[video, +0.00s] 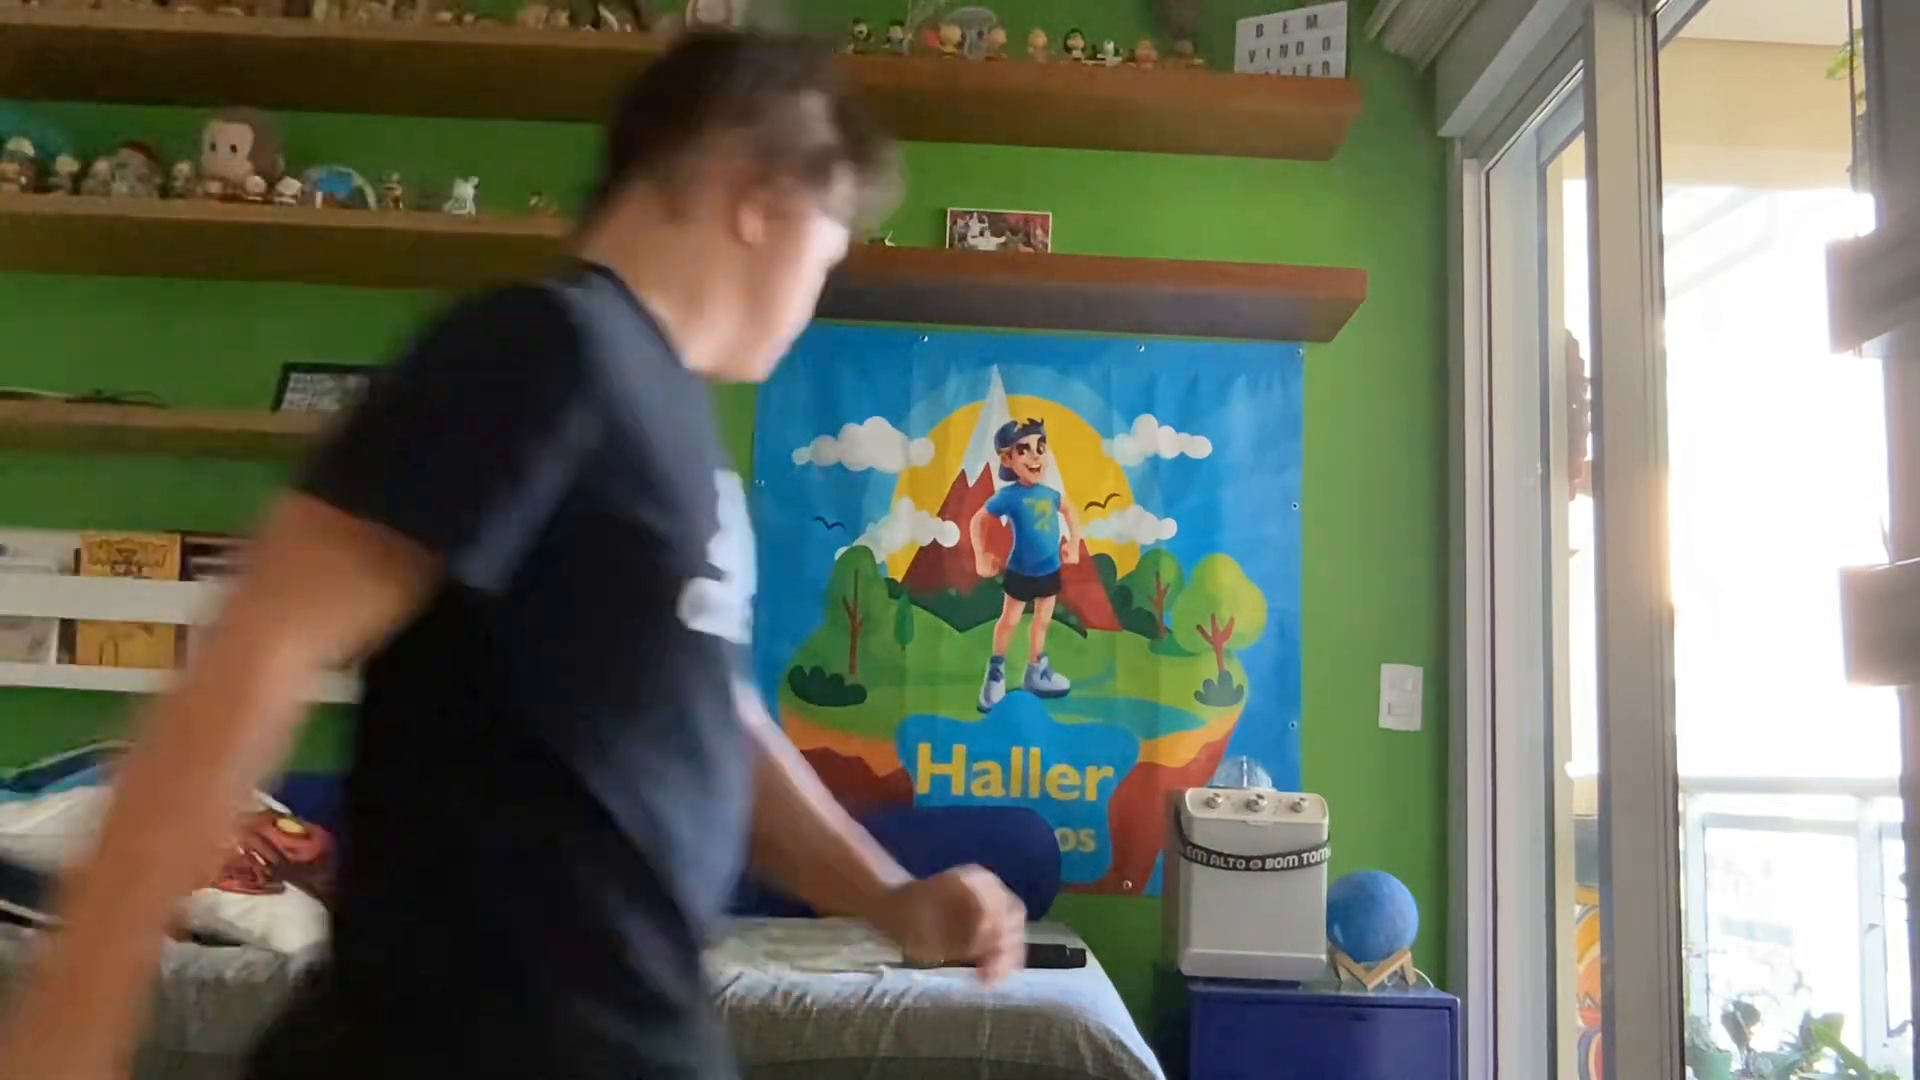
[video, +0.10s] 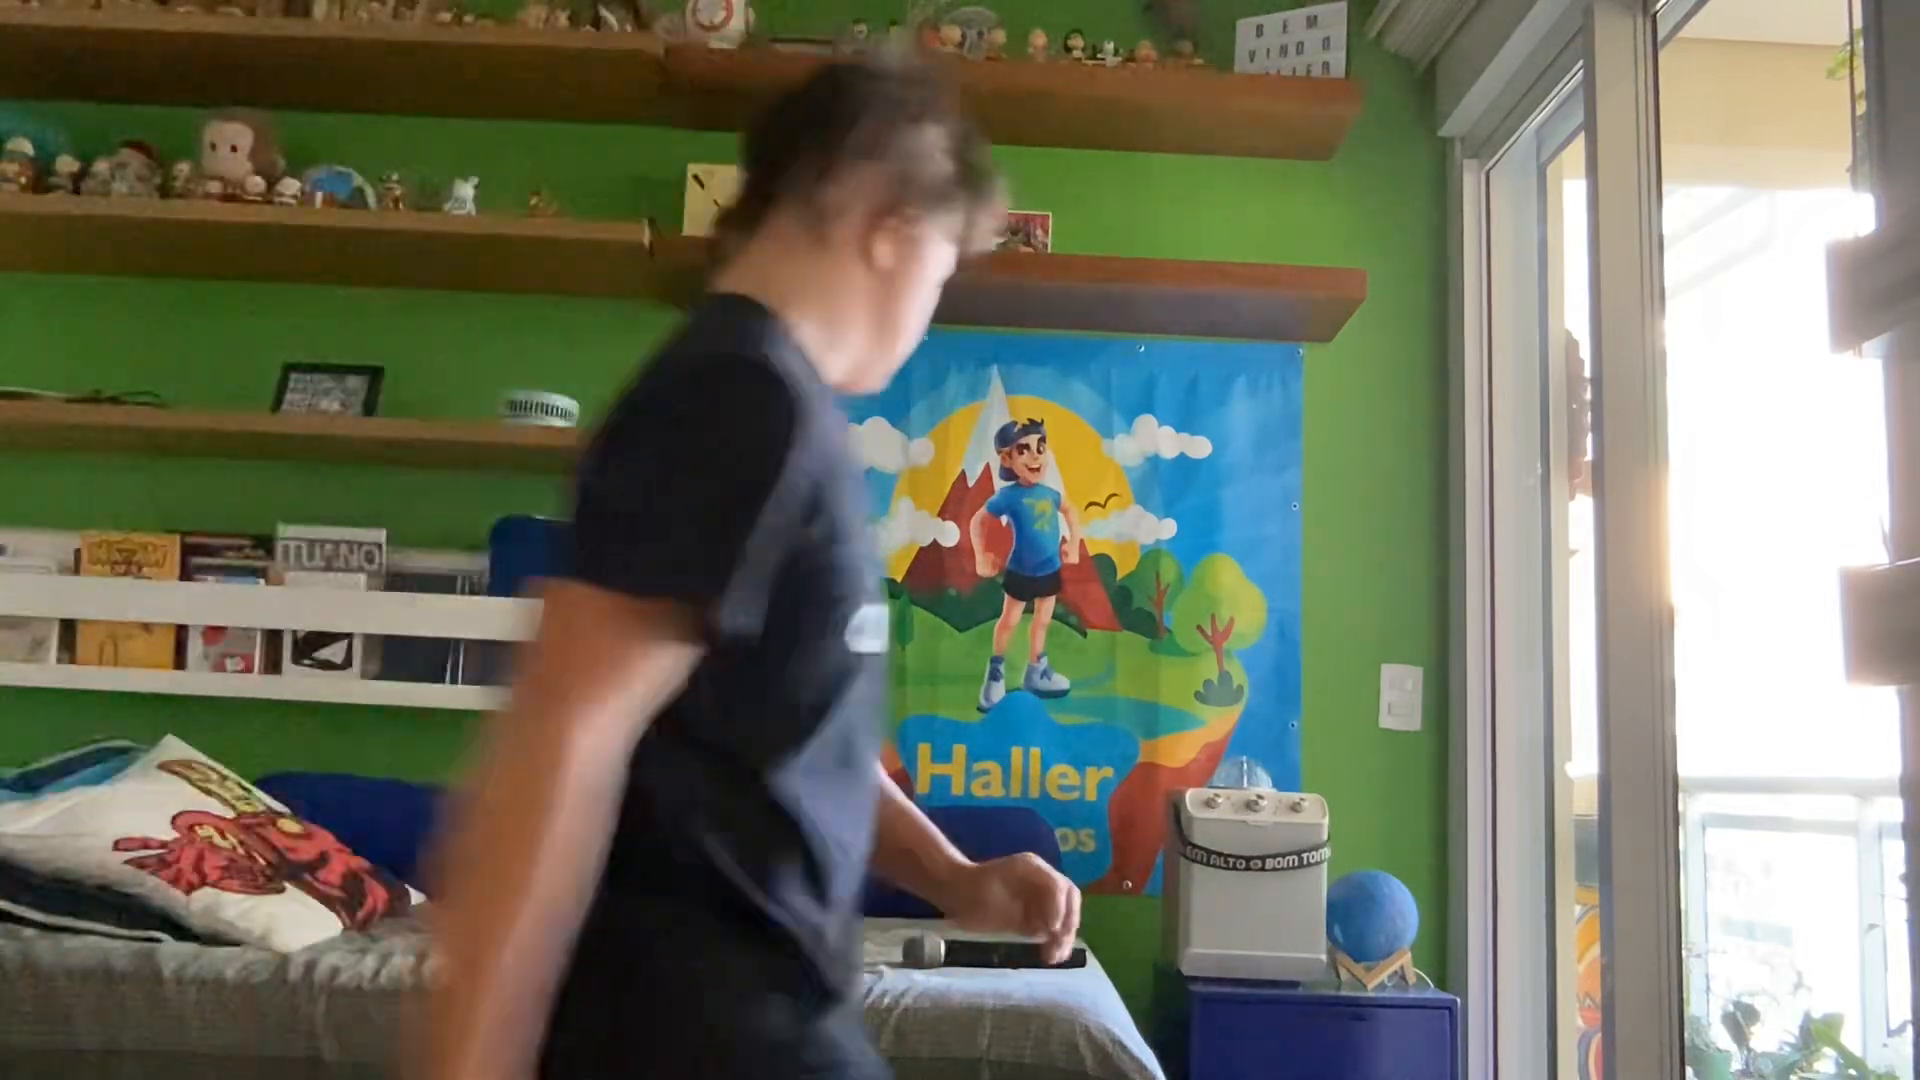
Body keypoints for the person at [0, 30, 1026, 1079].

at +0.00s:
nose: (821, 292)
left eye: (837, 256)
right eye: (832, 245)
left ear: (733, 202)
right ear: (751, 201)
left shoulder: (669, 414)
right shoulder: (551, 348)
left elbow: (706, 714)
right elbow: (255, 647)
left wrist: (888, 898)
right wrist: (74, 1014)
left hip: (616, 1025)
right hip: (485, 1029)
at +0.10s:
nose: (934, 312)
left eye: (948, 278)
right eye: (945, 270)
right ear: (887, 234)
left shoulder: (769, 398)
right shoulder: (740, 396)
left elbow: (785, 718)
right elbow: (562, 731)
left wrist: (951, 881)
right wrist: (474, 1055)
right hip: (706, 1020)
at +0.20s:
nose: (1014, 311)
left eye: (1028, 283)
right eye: (1028, 276)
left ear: (840, 237)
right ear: (987, 251)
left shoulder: (771, 391)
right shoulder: (921, 391)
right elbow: (856, 727)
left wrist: (917, 891)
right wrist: (906, 1047)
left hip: (647, 1000)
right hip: (777, 1024)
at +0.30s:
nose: (1050, 325)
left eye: (1059, 302)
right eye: (1058, 296)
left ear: (884, 266)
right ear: (1026, 273)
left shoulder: (773, 442)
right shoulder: (1022, 407)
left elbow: (729, 710)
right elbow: (1023, 709)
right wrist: (1128, 953)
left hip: (704, 970)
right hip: (889, 984)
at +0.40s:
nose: (1085, 367)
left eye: (1092, 346)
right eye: (1091, 344)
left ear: (934, 312)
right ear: (1065, 326)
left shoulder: (814, 494)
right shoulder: (1105, 455)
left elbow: (727, 722)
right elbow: (1181, 702)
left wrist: (800, 867)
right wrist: (1252, 873)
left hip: (824, 996)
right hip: (1027, 995)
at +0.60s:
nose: (1195, 423)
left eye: (1196, 406)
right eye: (1196, 405)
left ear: (1057, 385)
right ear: (1182, 392)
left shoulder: (961, 503)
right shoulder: (1238, 521)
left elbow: (832, 695)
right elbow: (1278, 714)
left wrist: (821, 857)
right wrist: (1269, 784)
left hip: (961, 943)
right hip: (1160, 945)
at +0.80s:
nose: (1267, 453)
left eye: (1268, 442)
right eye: (1269, 440)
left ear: (1135, 437)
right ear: (1258, 441)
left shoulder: (1093, 521)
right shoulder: (1296, 567)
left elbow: (954, 649)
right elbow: (1291, 737)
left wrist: (821, 817)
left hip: (1097, 943)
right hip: (1276, 955)